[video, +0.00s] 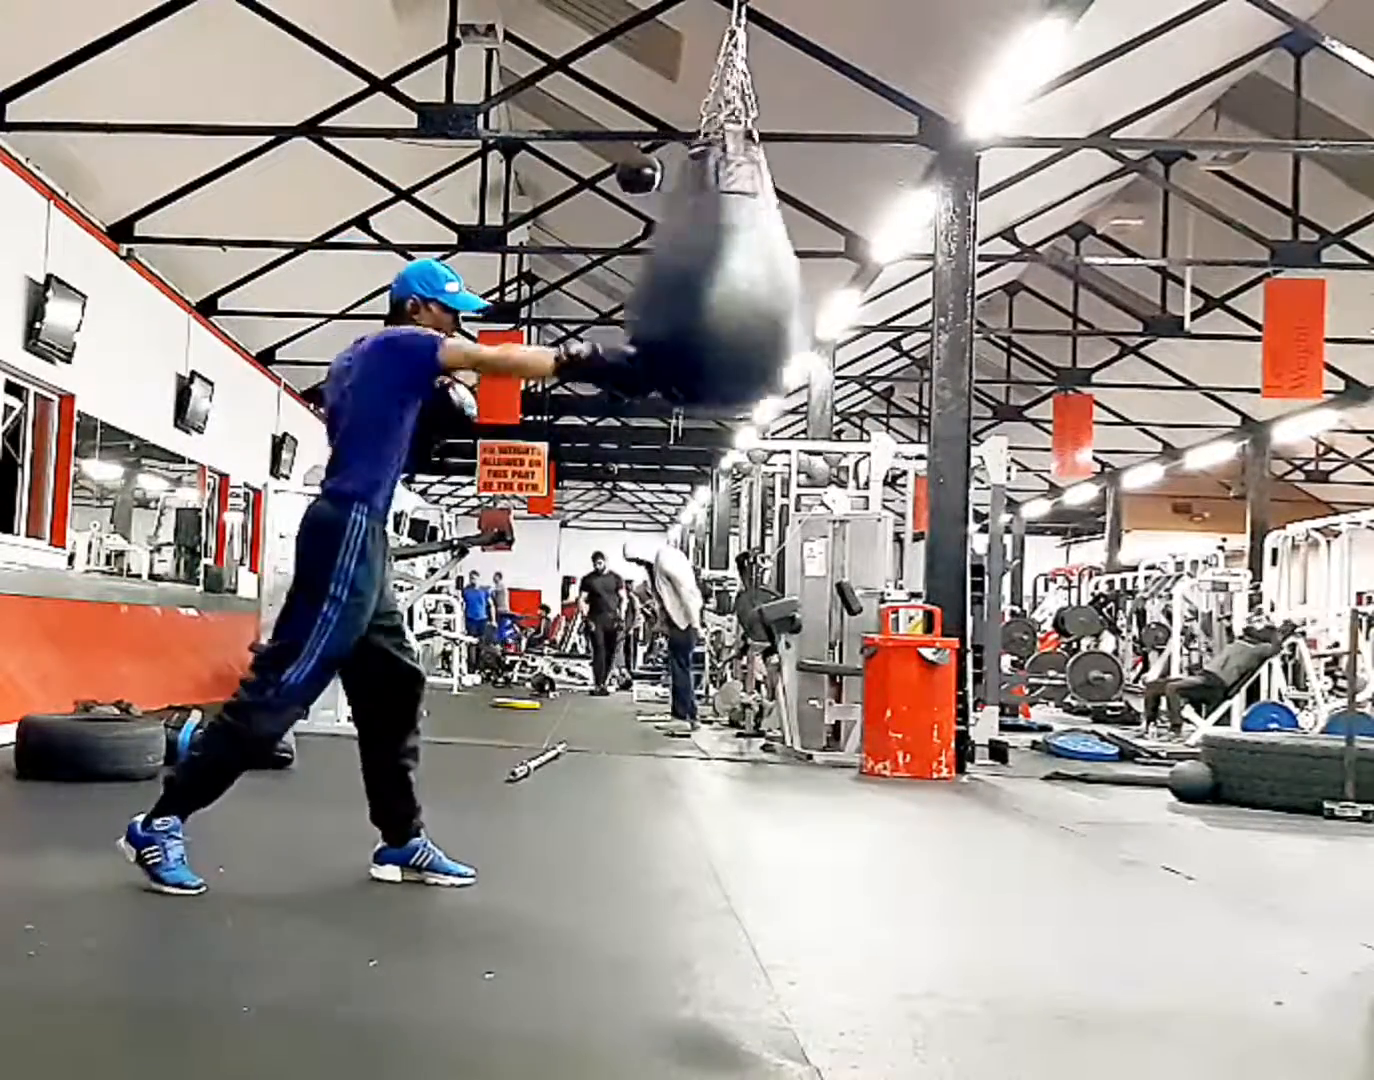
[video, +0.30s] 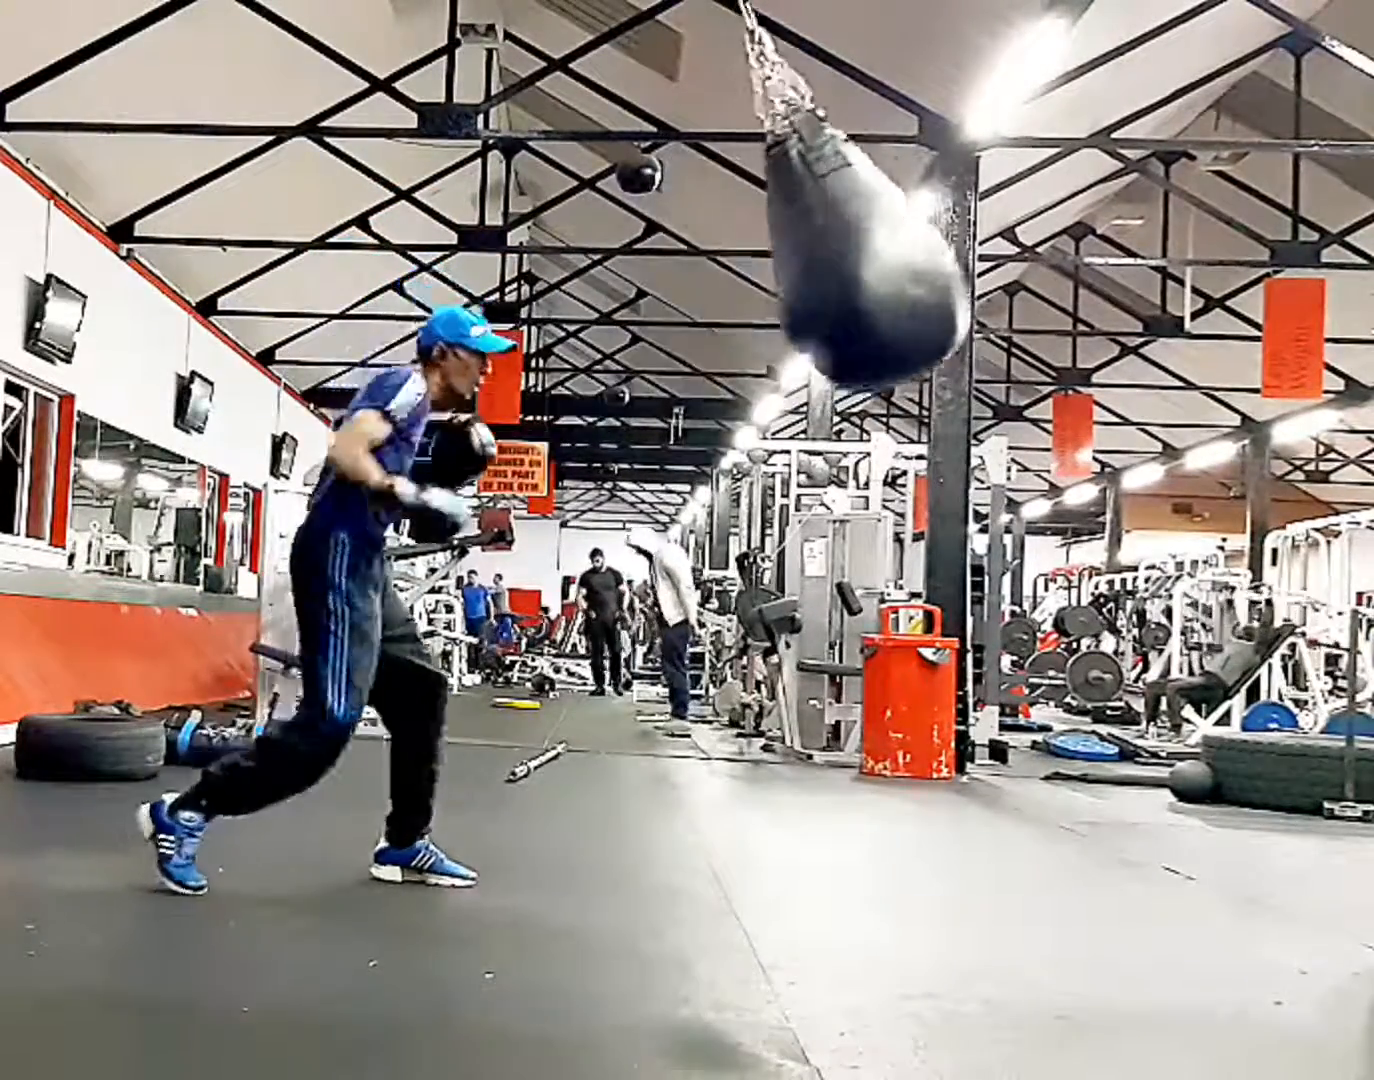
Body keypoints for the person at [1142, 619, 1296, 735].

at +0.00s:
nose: (1255, 628)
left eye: (1261, 628)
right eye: (1258, 626)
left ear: (1263, 635)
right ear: (1253, 631)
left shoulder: (1259, 650)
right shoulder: (1237, 643)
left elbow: (1276, 649)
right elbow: (1225, 645)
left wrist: (1275, 634)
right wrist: (1225, 627)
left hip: (1217, 681)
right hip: (1203, 674)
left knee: (1172, 687)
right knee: (1152, 687)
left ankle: (1176, 732)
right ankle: (1147, 729)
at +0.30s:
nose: (1238, 631)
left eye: (1243, 630)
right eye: (1241, 629)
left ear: (1246, 635)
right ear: (1250, 636)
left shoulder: (1248, 649)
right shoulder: (1236, 644)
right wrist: (1229, 606)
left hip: (1218, 680)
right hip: (1206, 675)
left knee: (1172, 688)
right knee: (1152, 688)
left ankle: (1176, 730)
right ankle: (1148, 727)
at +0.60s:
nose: (1251, 628)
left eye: (1256, 628)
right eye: (1251, 627)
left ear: (1258, 636)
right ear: (1247, 632)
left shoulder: (1257, 650)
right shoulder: (1235, 644)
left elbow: (1273, 642)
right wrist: (1225, 617)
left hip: (1217, 683)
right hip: (1203, 677)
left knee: (1173, 688)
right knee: (1152, 688)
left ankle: (1177, 732)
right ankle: (1147, 728)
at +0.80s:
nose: (1265, 632)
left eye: (1265, 630)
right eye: (1262, 629)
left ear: (1260, 636)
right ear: (1253, 633)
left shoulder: (1261, 651)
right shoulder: (1239, 643)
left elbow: (1281, 657)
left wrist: (1276, 640)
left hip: (1217, 683)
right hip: (1203, 674)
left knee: (1173, 688)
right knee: (1151, 688)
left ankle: (1176, 731)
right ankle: (1148, 728)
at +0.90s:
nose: (1256, 634)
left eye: (1259, 633)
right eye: (1259, 632)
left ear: (1258, 637)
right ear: (1256, 635)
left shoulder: (1260, 650)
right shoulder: (1238, 644)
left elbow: (1280, 657)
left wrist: (1276, 643)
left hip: (1217, 682)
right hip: (1203, 674)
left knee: (1173, 688)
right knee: (1151, 687)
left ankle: (1176, 731)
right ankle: (1148, 727)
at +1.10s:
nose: (1252, 628)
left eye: (1258, 627)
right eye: (1253, 626)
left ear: (1262, 635)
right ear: (1250, 630)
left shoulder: (1260, 651)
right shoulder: (1237, 642)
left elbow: (1276, 645)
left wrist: (1280, 633)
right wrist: (1223, 625)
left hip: (1218, 682)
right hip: (1204, 675)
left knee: (1173, 688)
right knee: (1152, 687)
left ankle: (1176, 732)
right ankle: (1148, 729)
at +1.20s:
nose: (1249, 628)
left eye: (1254, 627)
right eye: (1248, 626)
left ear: (1261, 634)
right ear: (1245, 631)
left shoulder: (1258, 650)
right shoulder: (1235, 642)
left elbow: (1287, 630)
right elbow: (1224, 628)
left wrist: (1278, 624)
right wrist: (1222, 613)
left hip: (1217, 684)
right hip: (1202, 677)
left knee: (1174, 687)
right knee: (1152, 688)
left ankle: (1176, 731)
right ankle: (1148, 728)